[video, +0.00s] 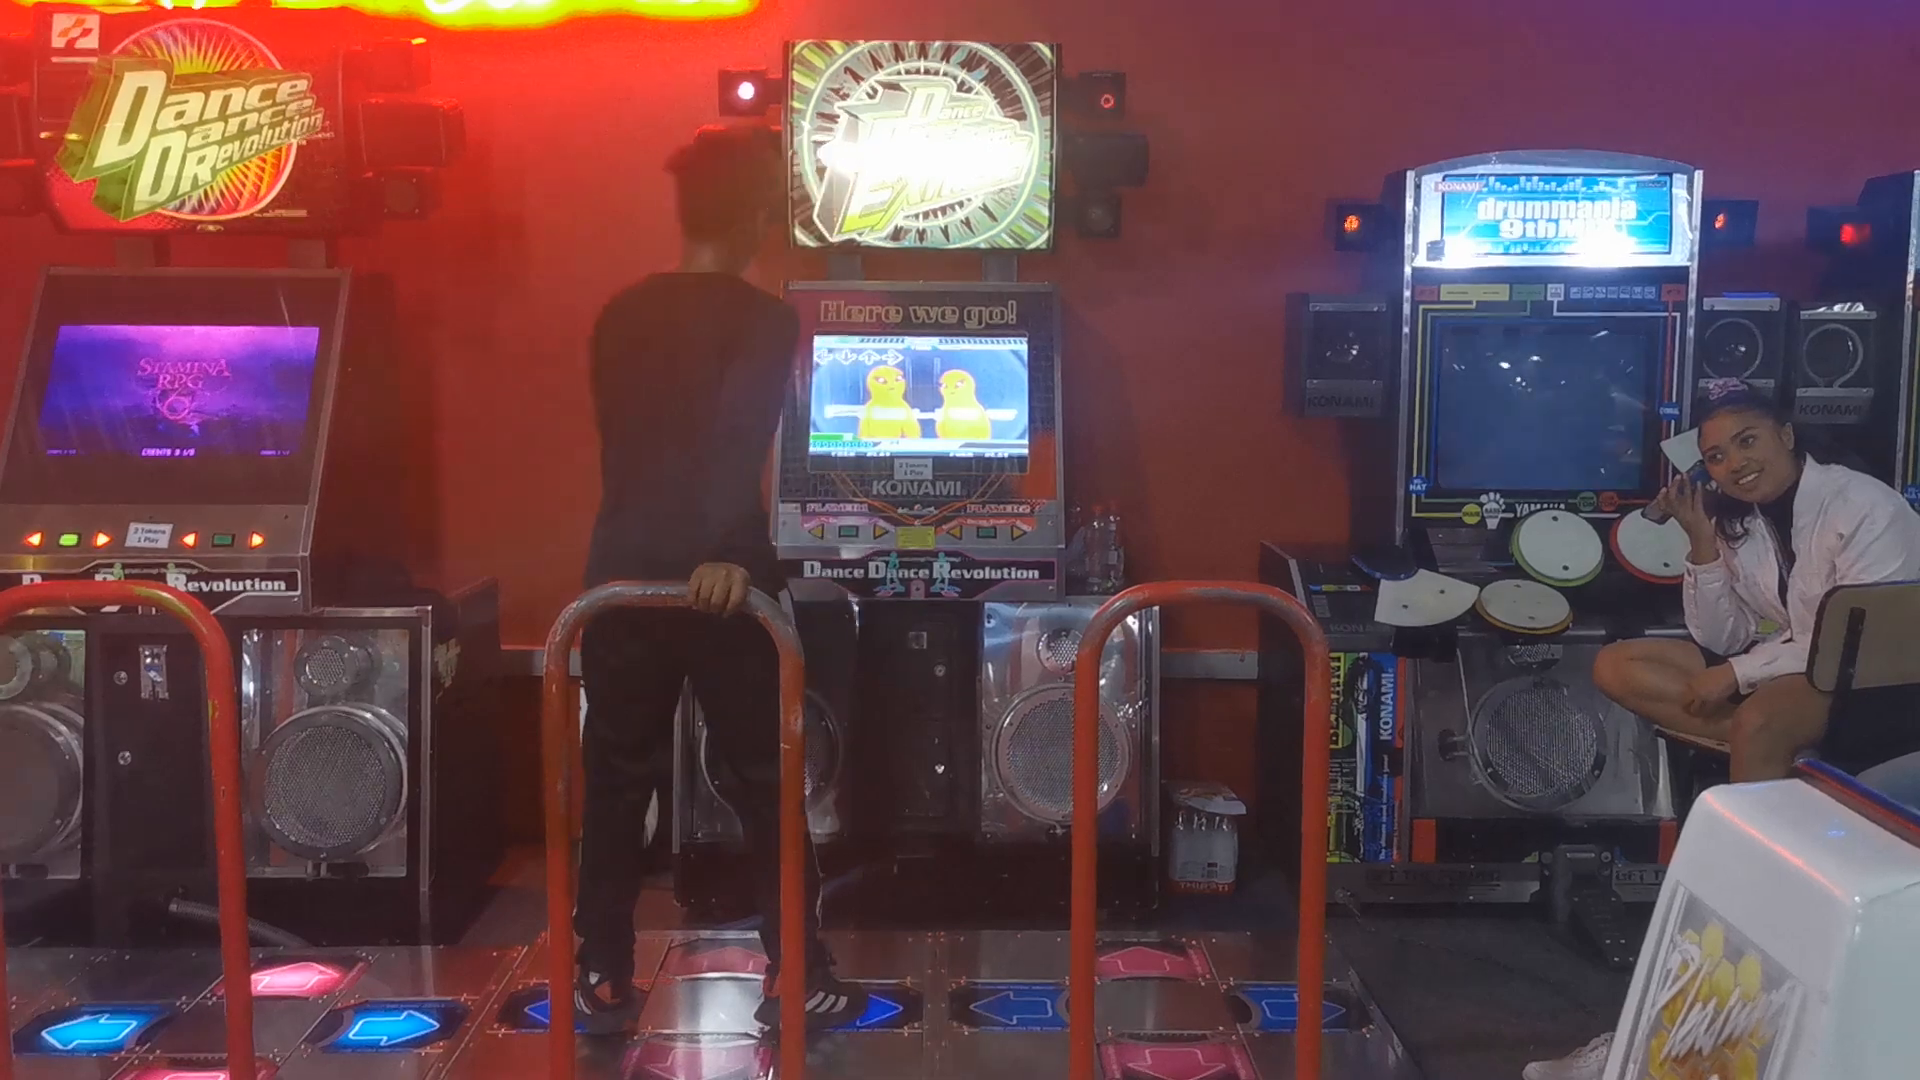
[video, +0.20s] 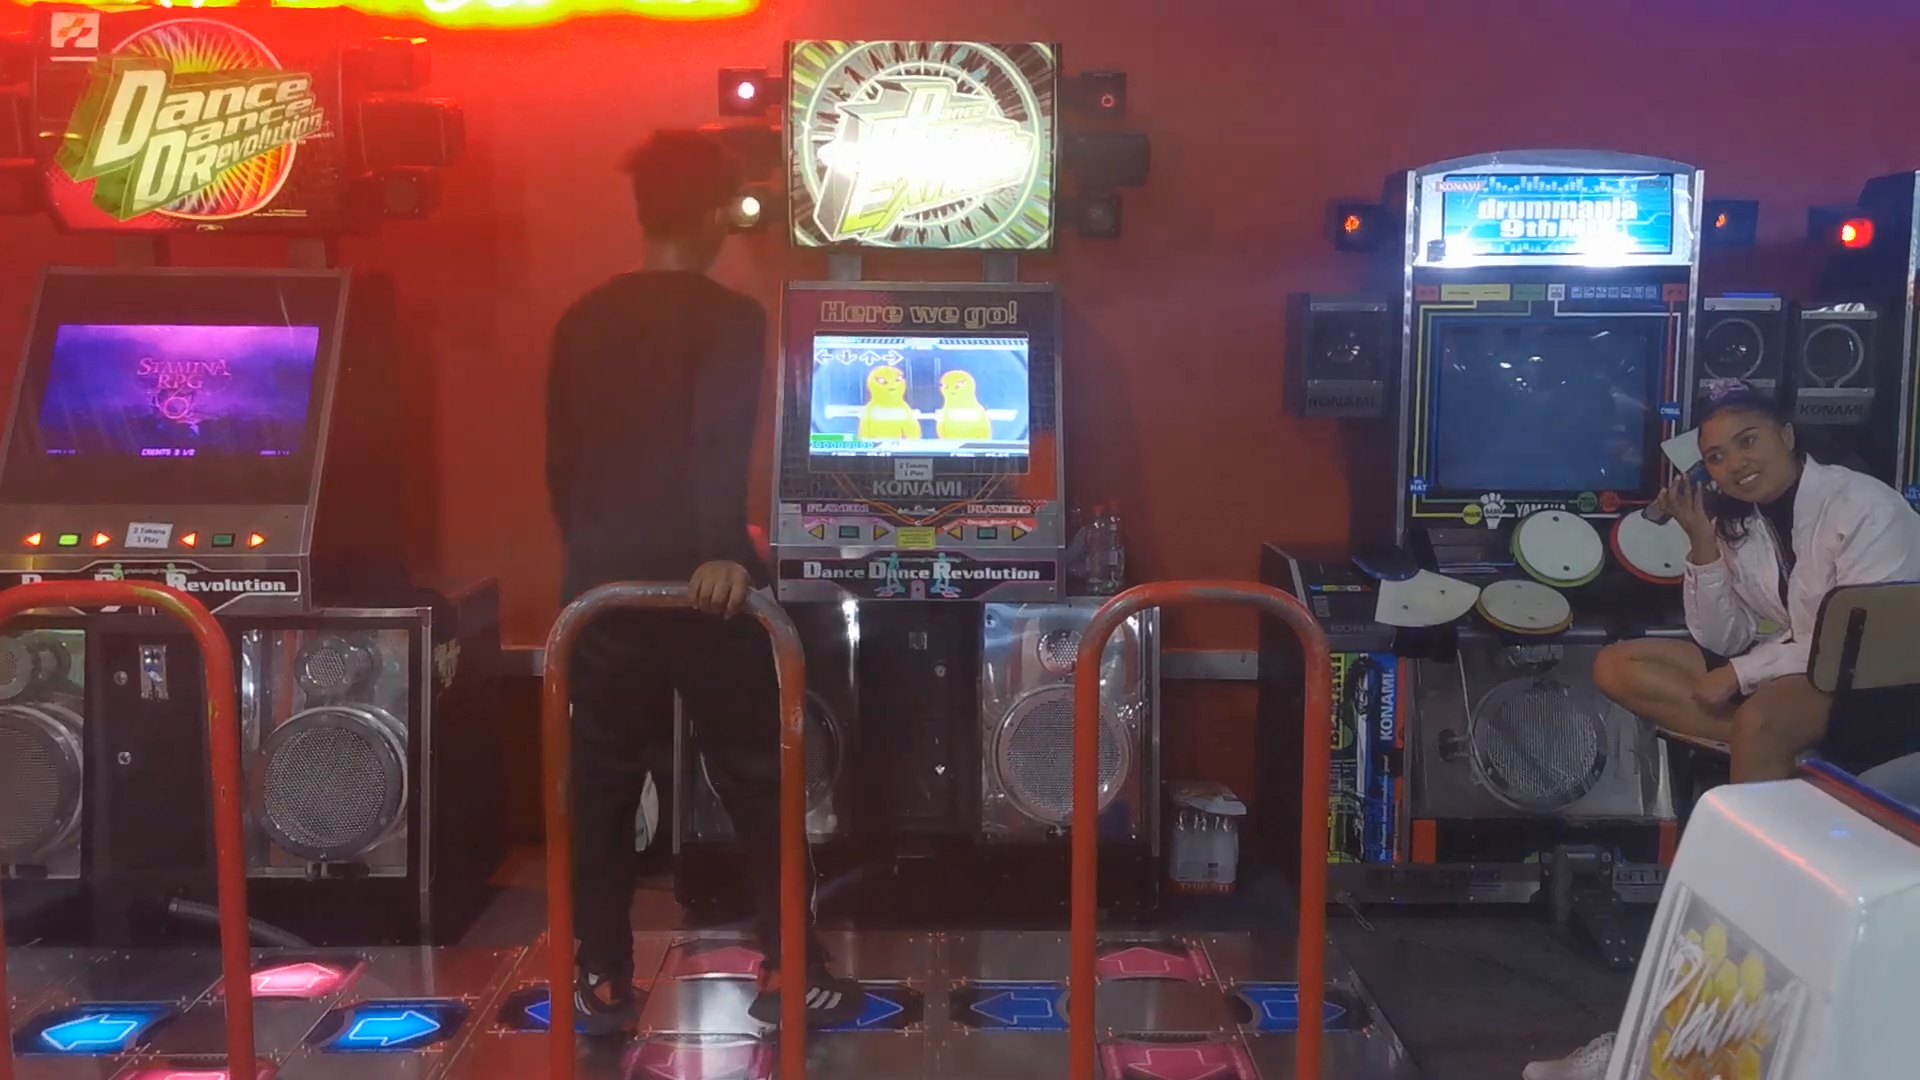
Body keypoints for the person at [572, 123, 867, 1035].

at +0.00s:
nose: (781, 222)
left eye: (778, 206)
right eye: (776, 207)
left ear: (684, 211)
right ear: (758, 217)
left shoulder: (619, 313)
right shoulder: (769, 319)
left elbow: (621, 449)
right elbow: (743, 435)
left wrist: (653, 535)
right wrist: (728, 541)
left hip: (624, 576)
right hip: (728, 580)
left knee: (615, 784)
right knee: (768, 778)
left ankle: (603, 981)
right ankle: (798, 976)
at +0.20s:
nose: (736, 224)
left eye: (732, 208)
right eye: (731, 209)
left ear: (646, 215)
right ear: (711, 217)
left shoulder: (583, 318)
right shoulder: (732, 317)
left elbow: (564, 463)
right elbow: (724, 440)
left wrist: (595, 554)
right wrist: (722, 543)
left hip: (602, 574)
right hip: (707, 573)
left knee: (604, 777)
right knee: (757, 770)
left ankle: (602, 977)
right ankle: (799, 963)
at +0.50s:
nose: (744, 220)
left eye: (740, 207)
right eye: (739, 207)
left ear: (653, 214)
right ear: (722, 213)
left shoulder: (596, 313)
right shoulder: (748, 312)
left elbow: (541, 445)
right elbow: (732, 430)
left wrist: (496, 562)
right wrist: (726, 540)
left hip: (612, 581)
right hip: (717, 581)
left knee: (611, 789)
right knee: (771, 773)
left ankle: (603, 985)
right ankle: (805, 977)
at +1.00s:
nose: (811, 219)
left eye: (805, 203)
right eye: (809, 205)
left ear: (727, 208)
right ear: (796, 211)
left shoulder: (661, 305)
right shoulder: (807, 310)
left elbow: (655, 439)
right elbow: (767, 428)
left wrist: (688, 530)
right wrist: (724, 543)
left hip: (655, 562)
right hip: (758, 571)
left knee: (631, 772)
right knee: (785, 777)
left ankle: (603, 969)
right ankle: (804, 975)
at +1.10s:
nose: (800, 221)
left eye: (795, 207)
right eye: (796, 208)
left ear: (709, 210)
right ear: (784, 215)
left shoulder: (643, 307)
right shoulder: (789, 309)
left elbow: (643, 445)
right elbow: (758, 425)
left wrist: (771, 523)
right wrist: (722, 542)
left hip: (642, 570)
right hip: (746, 575)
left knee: (626, 780)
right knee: (779, 779)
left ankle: (604, 972)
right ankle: (804, 975)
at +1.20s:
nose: (783, 216)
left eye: (779, 200)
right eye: (777, 201)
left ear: (686, 207)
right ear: (760, 211)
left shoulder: (622, 308)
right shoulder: (771, 311)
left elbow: (603, 448)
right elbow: (753, 436)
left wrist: (670, 500)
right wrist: (722, 535)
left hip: (625, 568)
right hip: (731, 572)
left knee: (616, 785)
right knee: (770, 779)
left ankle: (601, 979)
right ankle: (805, 974)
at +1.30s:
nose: (748, 218)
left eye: (739, 204)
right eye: (745, 206)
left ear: (660, 211)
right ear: (732, 215)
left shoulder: (599, 312)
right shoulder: (750, 311)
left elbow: (582, 459)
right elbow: (734, 435)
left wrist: (628, 528)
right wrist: (723, 538)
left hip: (613, 570)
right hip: (720, 569)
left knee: (611, 776)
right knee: (762, 763)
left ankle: (602, 976)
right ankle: (807, 966)